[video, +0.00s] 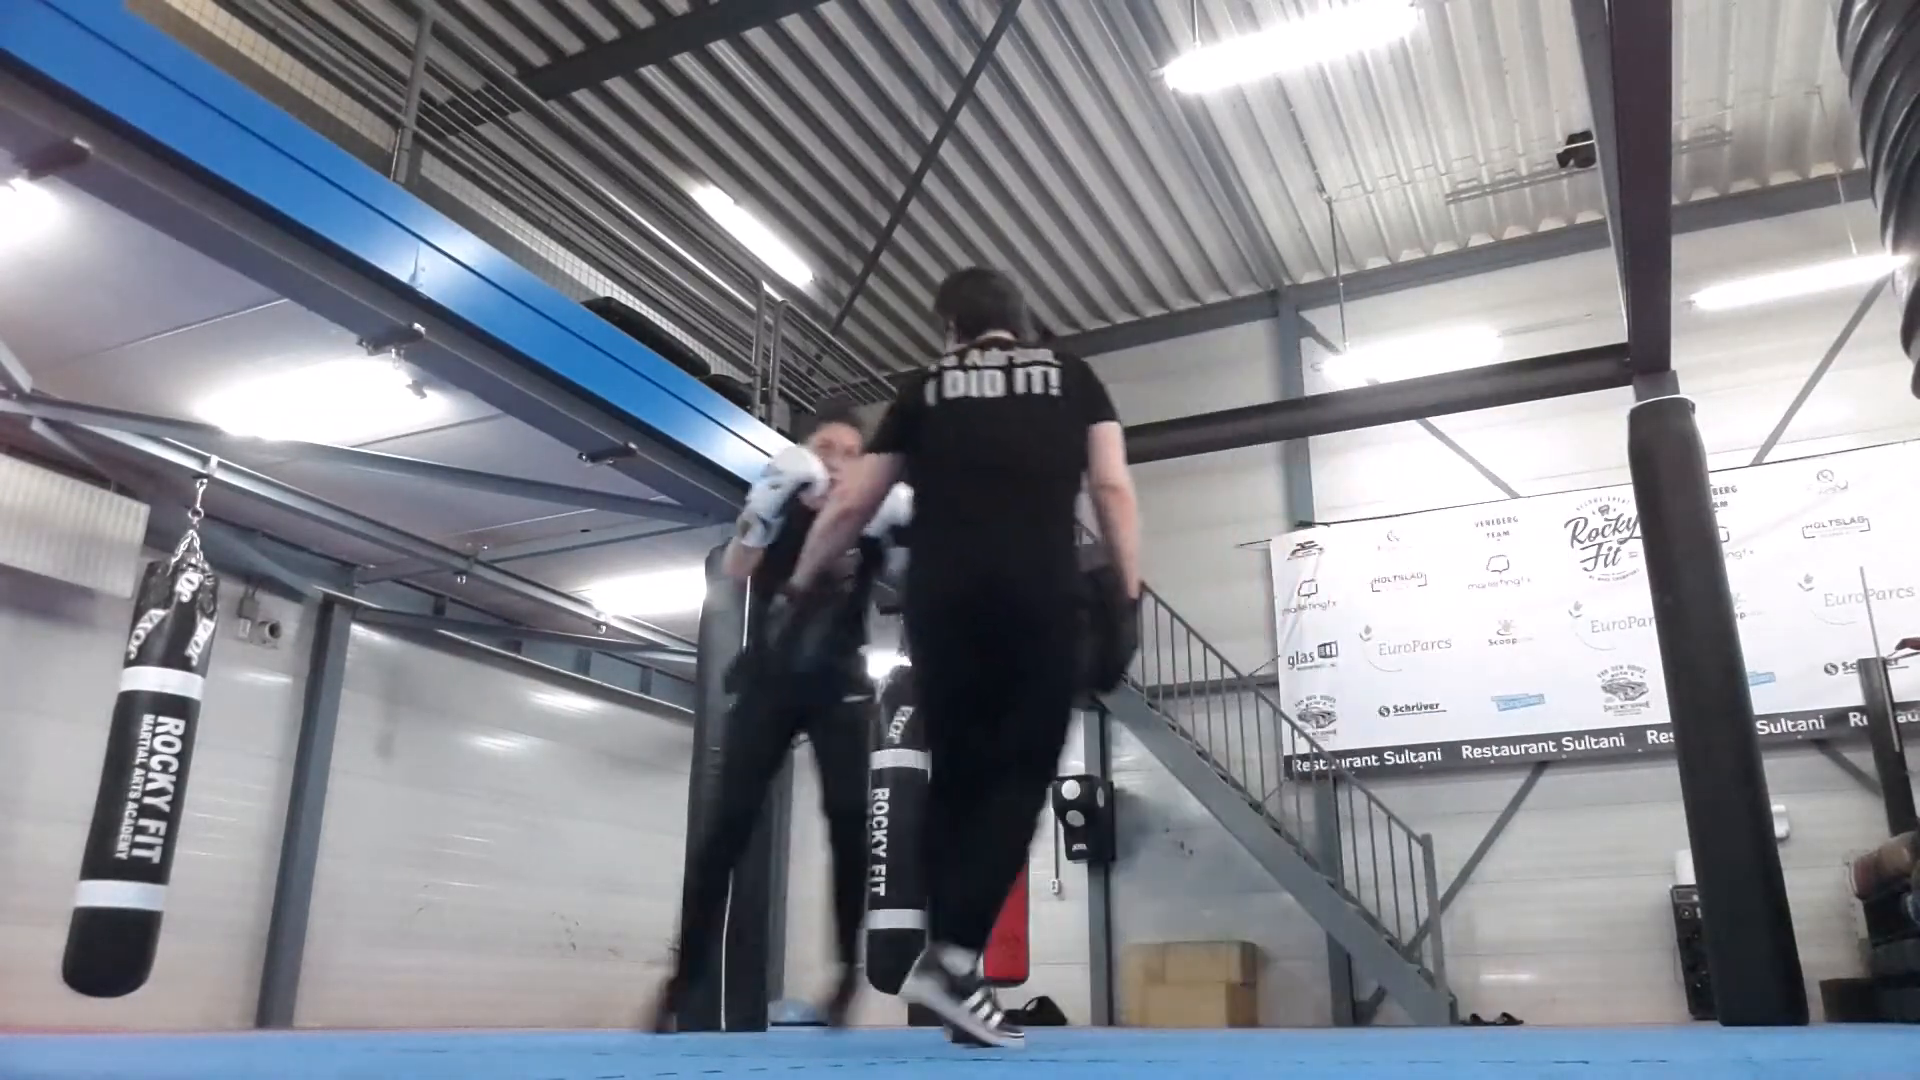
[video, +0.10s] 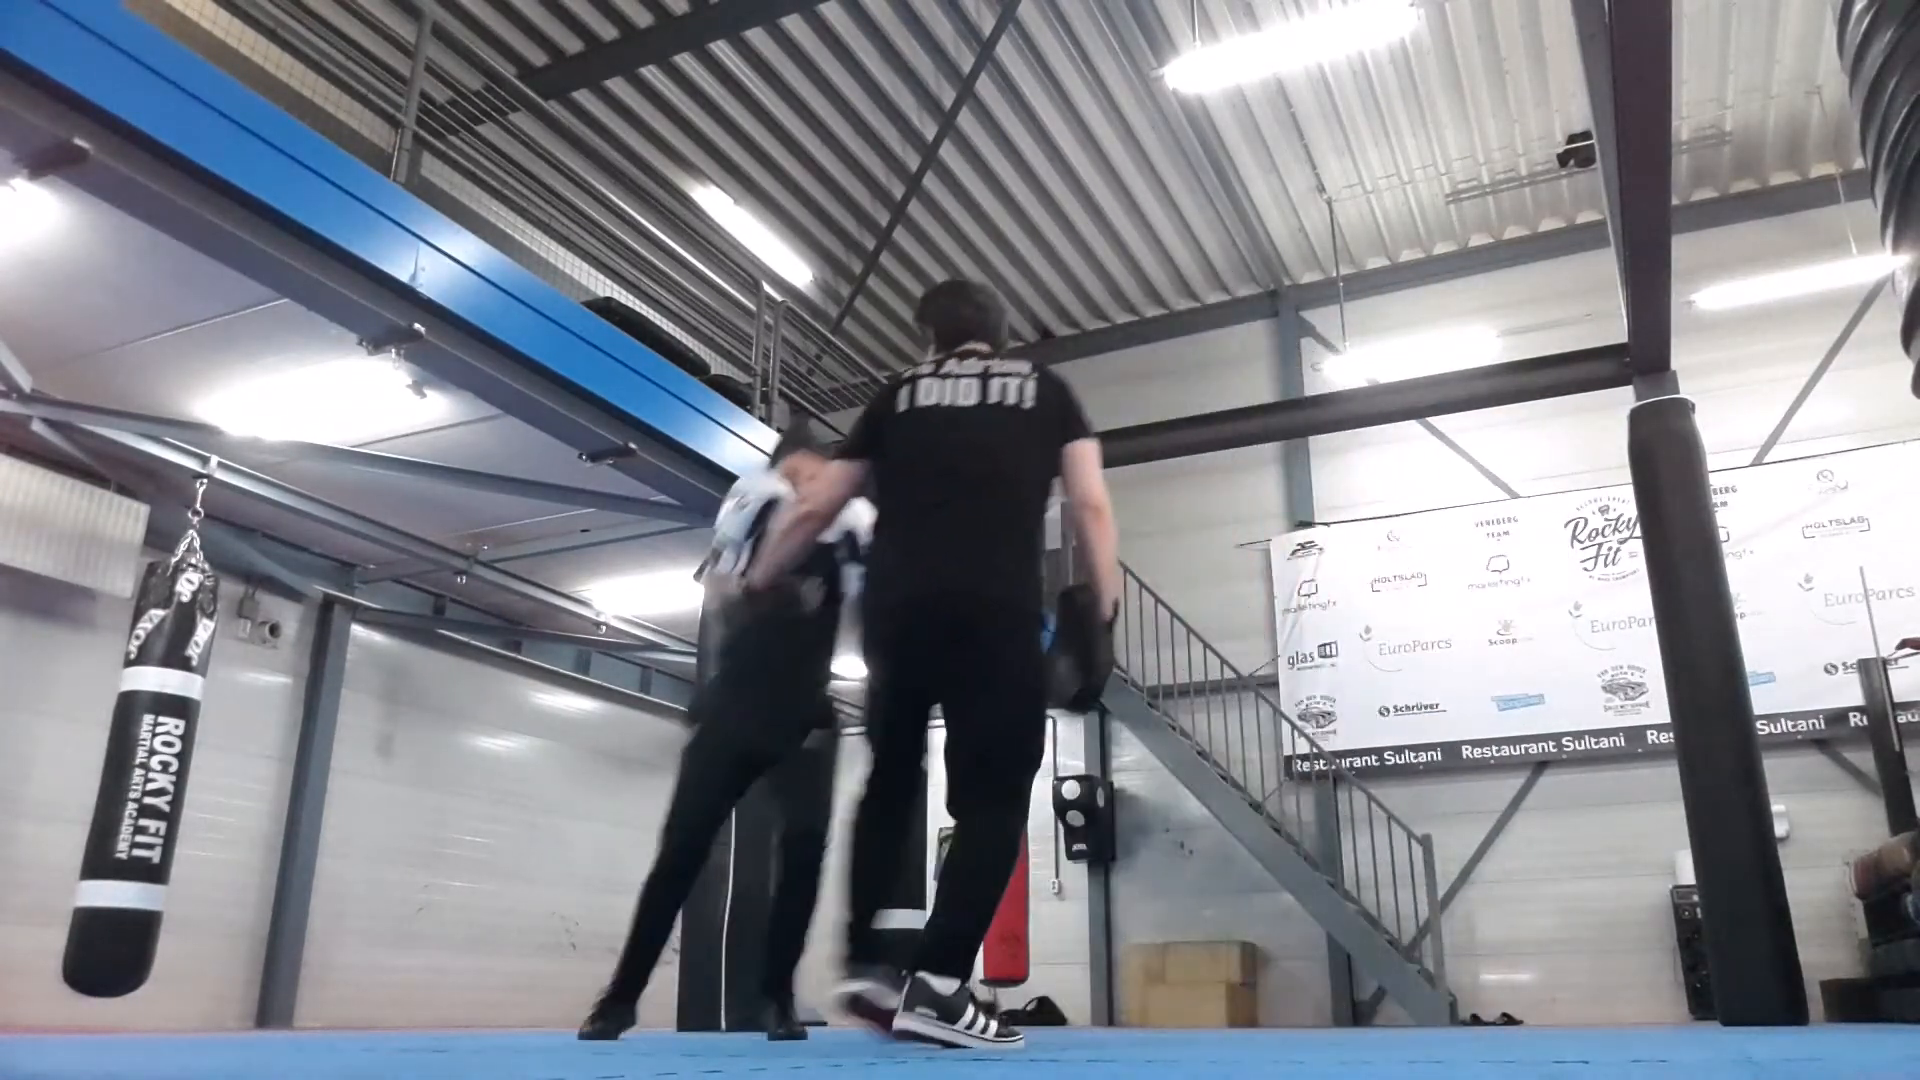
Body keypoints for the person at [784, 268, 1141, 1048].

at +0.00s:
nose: (941, 341)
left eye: (941, 330)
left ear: (951, 330)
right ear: (1019, 322)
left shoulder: (924, 390)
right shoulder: (1073, 375)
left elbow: (852, 501)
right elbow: (1111, 485)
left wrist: (800, 582)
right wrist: (1130, 592)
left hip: (942, 598)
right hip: (1040, 595)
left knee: (958, 771)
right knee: (1022, 778)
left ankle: (960, 977)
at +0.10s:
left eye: (928, 333)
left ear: (929, 338)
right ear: (997, 331)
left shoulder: (897, 396)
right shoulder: (1045, 388)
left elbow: (820, 504)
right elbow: (1091, 505)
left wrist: (758, 577)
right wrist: (1102, 612)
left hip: (900, 617)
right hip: (998, 622)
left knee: (892, 778)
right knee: (993, 806)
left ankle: (868, 964)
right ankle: (941, 985)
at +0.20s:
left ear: (898, 347)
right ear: (972, 343)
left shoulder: (859, 409)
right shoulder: (1005, 399)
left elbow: (764, 509)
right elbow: (1048, 517)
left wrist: (714, 572)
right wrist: (1067, 629)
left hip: (862, 631)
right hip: (959, 633)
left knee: (834, 799)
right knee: (988, 810)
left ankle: (762, 982)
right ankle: (934, 992)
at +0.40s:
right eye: (874, 350)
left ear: (806, 354)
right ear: (874, 353)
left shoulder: (765, 417)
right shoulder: (896, 402)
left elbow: (679, 508)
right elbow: (938, 498)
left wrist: (661, 546)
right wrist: (976, 615)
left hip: (762, 659)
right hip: (856, 654)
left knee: (716, 825)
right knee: (898, 808)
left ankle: (649, 1001)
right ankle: (920, 987)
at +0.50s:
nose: (839, 362)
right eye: (838, 351)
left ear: (762, 352)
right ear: (830, 354)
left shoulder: (720, 416)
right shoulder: (843, 401)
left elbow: (652, 511)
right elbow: (880, 496)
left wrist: (624, 573)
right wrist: (914, 601)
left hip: (710, 641)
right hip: (806, 637)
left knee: (697, 814)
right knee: (813, 807)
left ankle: (650, 999)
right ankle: (833, 986)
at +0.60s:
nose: (808, 351)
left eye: (803, 341)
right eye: (804, 340)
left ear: (725, 343)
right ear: (790, 343)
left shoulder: (685, 411)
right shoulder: (805, 392)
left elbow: (632, 529)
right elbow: (832, 486)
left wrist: (597, 612)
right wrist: (861, 596)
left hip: (670, 630)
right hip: (752, 627)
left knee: (672, 800)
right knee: (749, 786)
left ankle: (646, 985)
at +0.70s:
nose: (776, 343)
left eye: (772, 332)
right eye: (770, 332)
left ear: (692, 340)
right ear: (752, 336)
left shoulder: (651, 409)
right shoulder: (768, 382)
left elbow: (613, 539)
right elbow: (790, 475)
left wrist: (583, 633)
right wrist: (830, 590)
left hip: (641, 614)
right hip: (711, 618)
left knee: (654, 800)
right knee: (652, 796)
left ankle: (646, 1003)